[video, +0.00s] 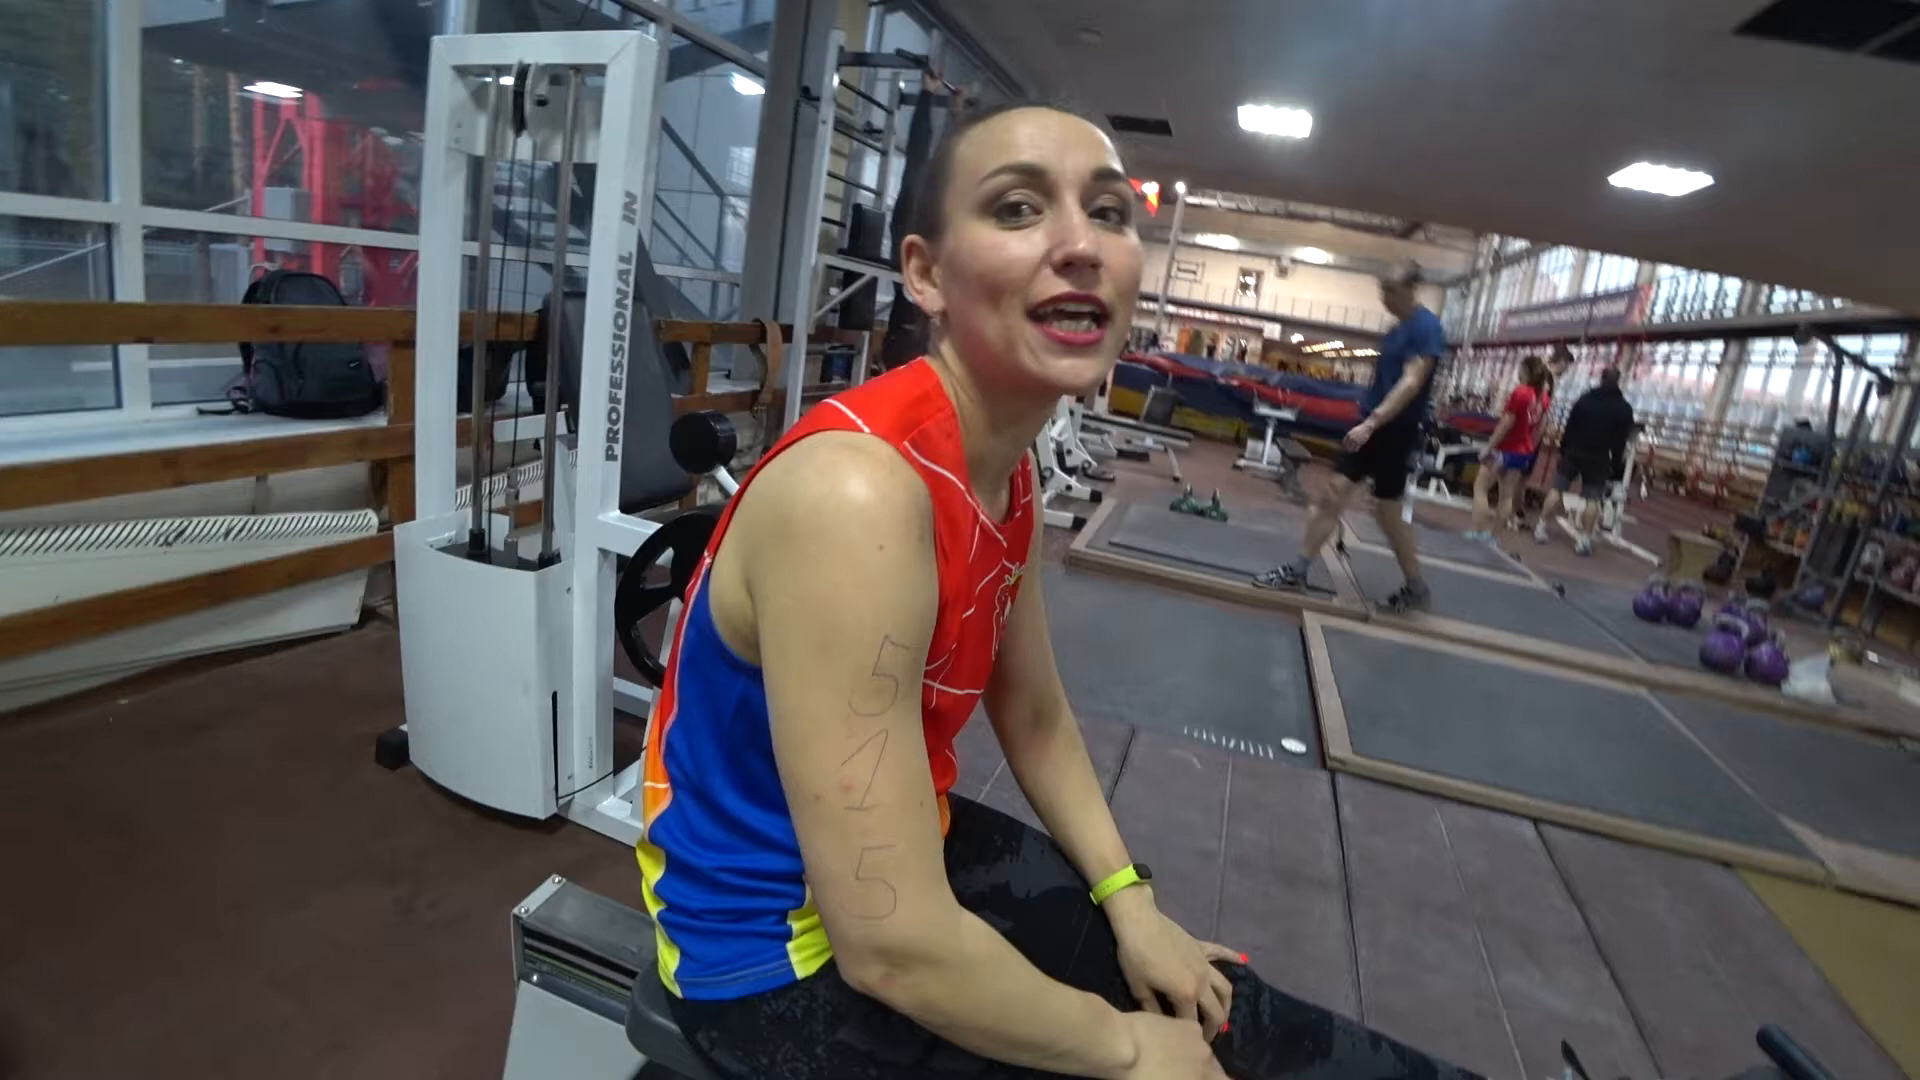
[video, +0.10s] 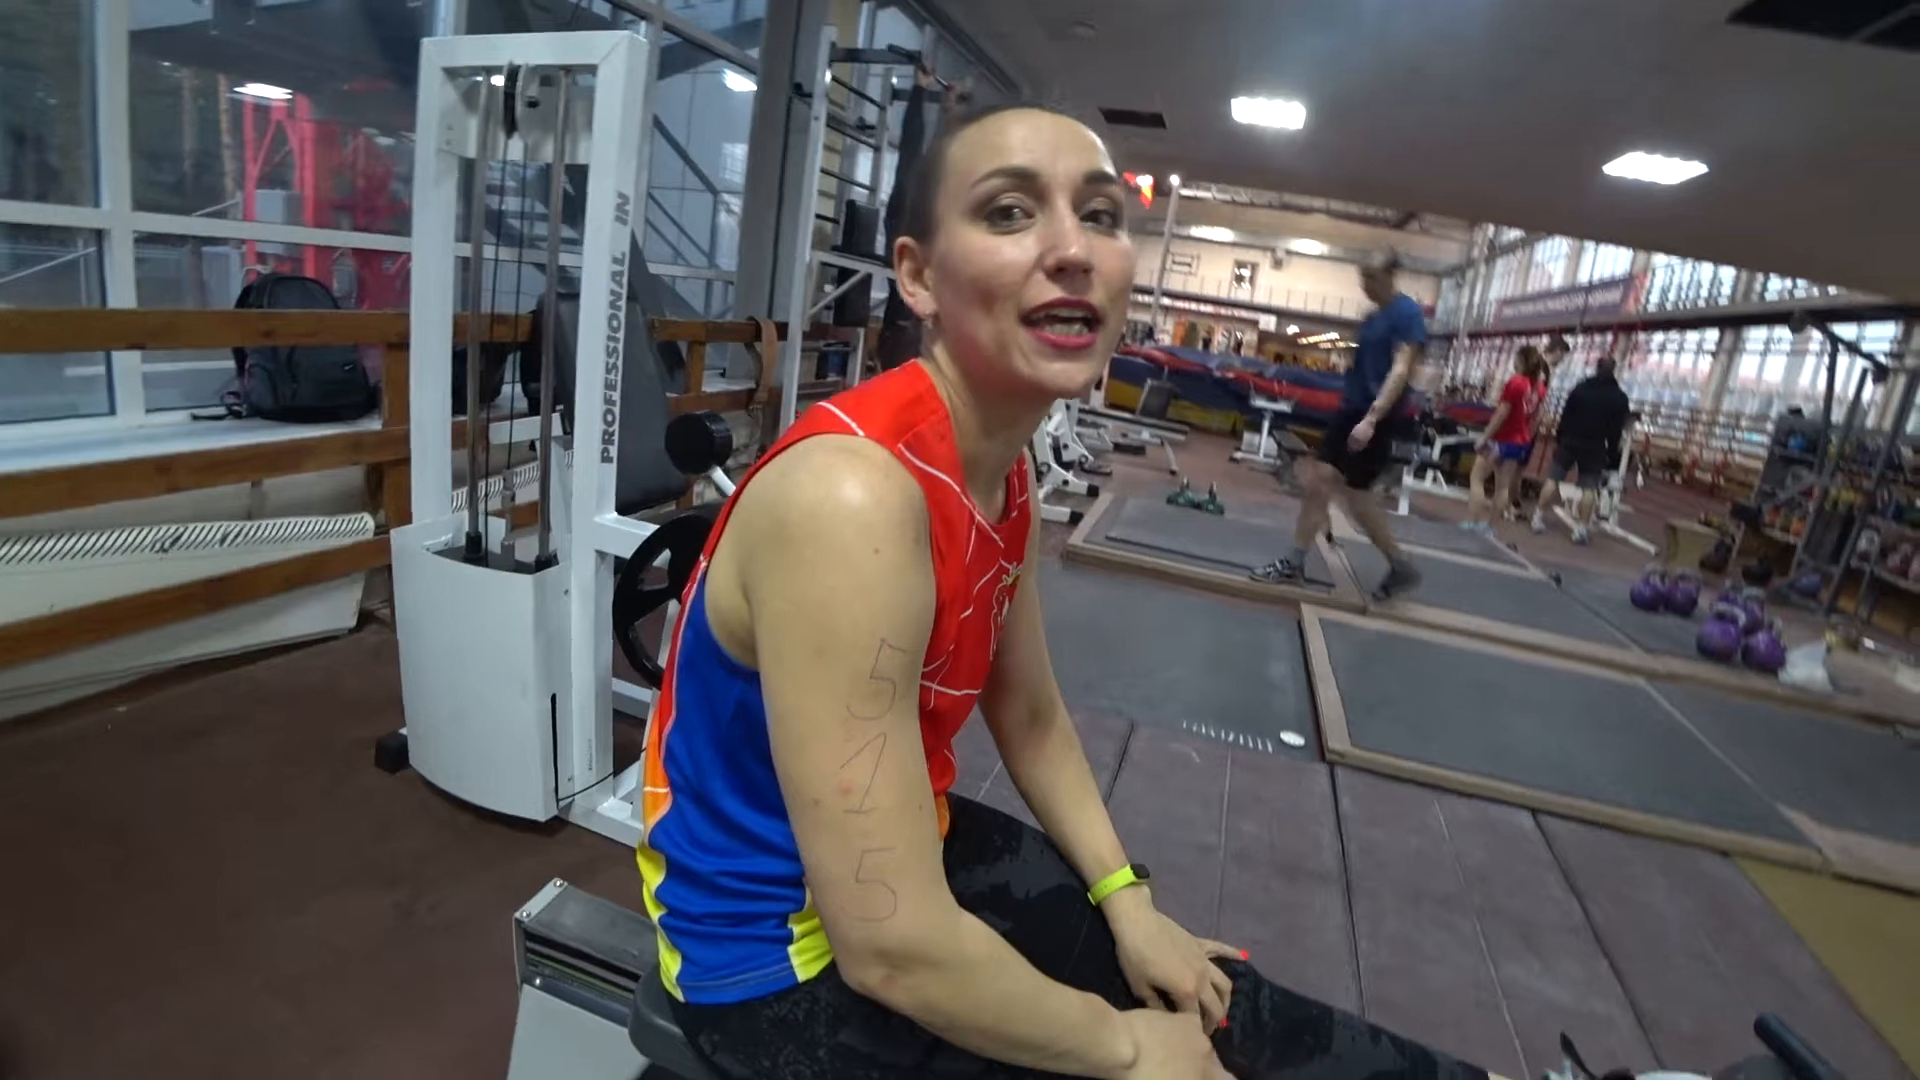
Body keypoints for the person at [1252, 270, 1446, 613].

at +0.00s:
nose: (1384, 297)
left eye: (1390, 291)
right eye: (1383, 290)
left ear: (1409, 290)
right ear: (1395, 291)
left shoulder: (1425, 326)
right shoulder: (1400, 328)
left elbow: (1412, 382)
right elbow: (1389, 381)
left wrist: (1370, 424)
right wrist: (1367, 417)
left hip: (1396, 431)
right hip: (1375, 425)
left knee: (1388, 511)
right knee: (1333, 494)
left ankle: (1416, 586)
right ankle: (1298, 570)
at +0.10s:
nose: (1366, 285)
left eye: (1372, 278)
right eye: (1365, 278)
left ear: (1389, 276)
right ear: (1368, 279)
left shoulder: (1406, 312)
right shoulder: (1377, 315)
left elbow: (1400, 370)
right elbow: (1369, 367)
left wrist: (1371, 419)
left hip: (1375, 415)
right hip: (1356, 412)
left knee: (1323, 478)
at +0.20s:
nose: (1336, 269)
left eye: (1342, 261)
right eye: (1334, 262)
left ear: (1361, 260)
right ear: (1336, 262)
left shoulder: (1381, 296)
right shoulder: (1339, 305)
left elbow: (1391, 354)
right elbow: (1330, 363)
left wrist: (1375, 408)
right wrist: (1305, 405)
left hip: (1353, 401)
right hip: (1325, 397)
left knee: (1309, 475)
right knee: (1301, 472)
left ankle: (1359, 541)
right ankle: (1288, 551)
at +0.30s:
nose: (1315, 257)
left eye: (1322, 250)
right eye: (1312, 250)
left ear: (1339, 249)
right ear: (1308, 250)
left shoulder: (1357, 287)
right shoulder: (1310, 294)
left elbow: (1379, 342)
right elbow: (1302, 348)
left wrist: (1374, 399)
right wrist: (1285, 385)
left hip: (1330, 390)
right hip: (1300, 388)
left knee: (1285, 466)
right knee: (1283, 467)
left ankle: (1312, 546)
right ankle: (1286, 545)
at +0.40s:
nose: (1291, 252)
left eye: (1298, 246)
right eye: (1287, 245)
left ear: (1316, 245)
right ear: (1284, 245)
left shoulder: (1334, 285)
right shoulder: (1282, 289)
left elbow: (1358, 339)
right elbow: (1270, 343)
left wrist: (1361, 394)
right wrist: (1246, 380)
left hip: (1302, 389)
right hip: (1272, 386)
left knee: (1258, 466)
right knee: (1273, 469)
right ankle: (1278, 544)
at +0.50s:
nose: (1270, 253)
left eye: (1276, 246)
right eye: (1265, 246)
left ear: (1291, 245)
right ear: (1258, 245)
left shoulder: (1307, 287)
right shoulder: (1255, 289)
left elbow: (1327, 342)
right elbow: (1236, 345)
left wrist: (1335, 399)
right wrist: (1210, 384)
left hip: (1276, 391)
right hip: (1246, 388)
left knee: (1234, 469)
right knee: (1258, 468)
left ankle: (1204, 555)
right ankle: (1271, 541)